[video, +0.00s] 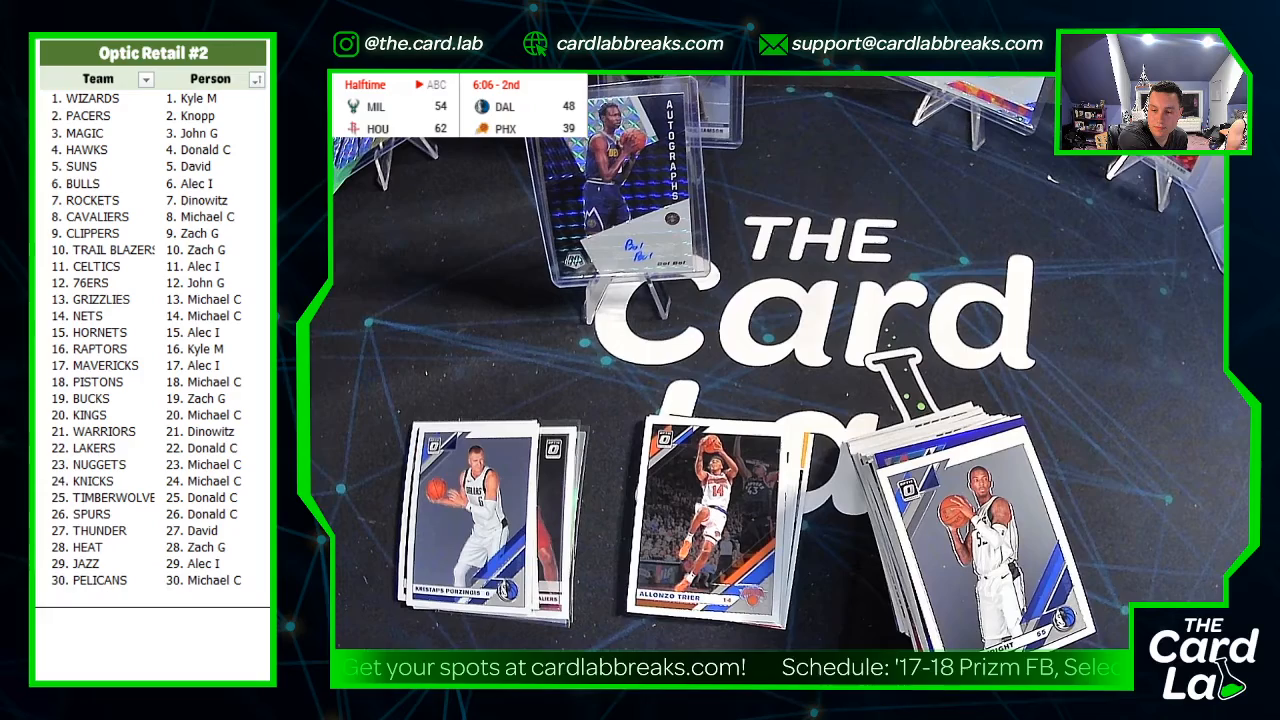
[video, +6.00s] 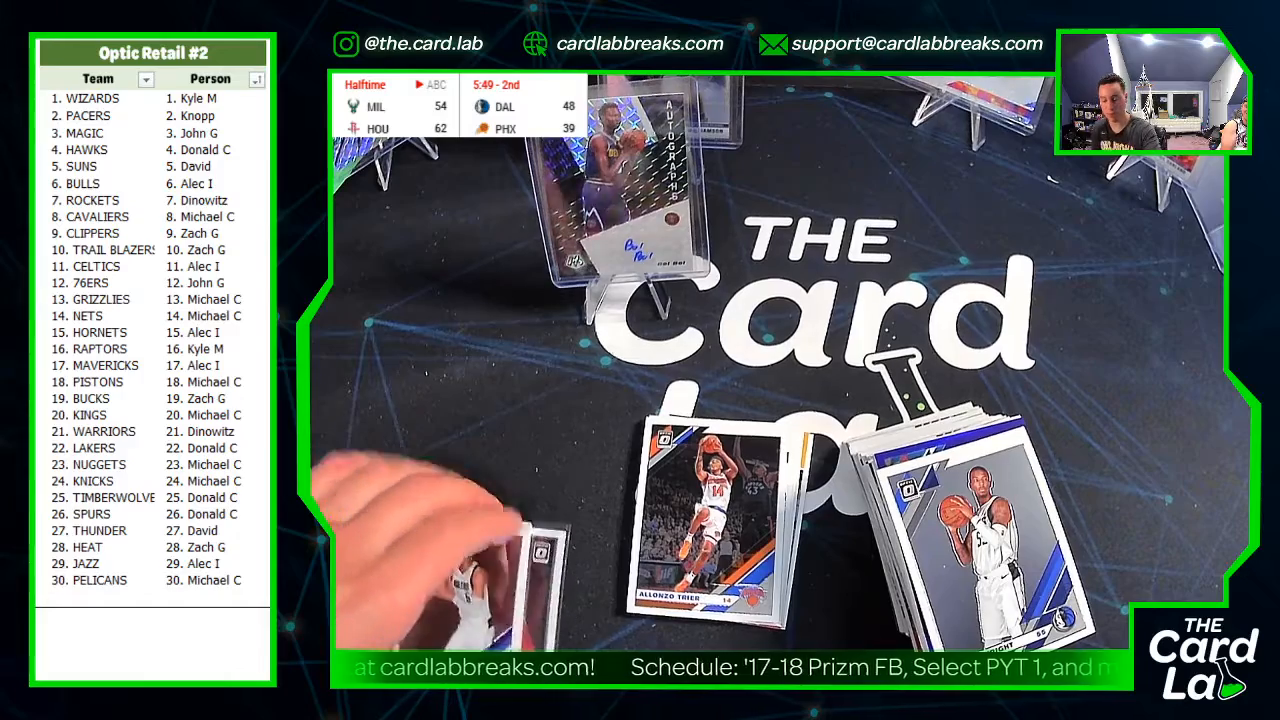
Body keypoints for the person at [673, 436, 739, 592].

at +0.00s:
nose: (714, 463)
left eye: (717, 462)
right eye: (713, 461)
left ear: (721, 465)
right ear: (710, 465)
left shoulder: (727, 476)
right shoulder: (706, 477)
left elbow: (734, 469)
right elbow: (699, 471)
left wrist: (722, 452)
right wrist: (700, 450)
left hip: (720, 513)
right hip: (705, 507)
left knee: (707, 549)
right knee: (704, 511)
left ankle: (688, 579)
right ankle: (688, 539)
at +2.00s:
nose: (714, 463)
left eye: (717, 461)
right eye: (713, 461)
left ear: (721, 465)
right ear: (710, 465)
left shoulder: (727, 476)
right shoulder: (706, 476)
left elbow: (734, 468)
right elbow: (698, 470)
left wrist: (722, 452)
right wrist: (700, 451)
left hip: (721, 513)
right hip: (706, 507)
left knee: (707, 550)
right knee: (704, 511)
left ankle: (688, 578)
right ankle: (688, 539)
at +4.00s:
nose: (714, 463)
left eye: (717, 461)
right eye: (713, 461)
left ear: (721, 465)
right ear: (710, 465)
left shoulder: (727, 476)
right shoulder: (706, 477)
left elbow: (734, 468)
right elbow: (698, 470)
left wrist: (722, 452)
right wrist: (700, 451)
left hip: (721, 513)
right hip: (706, 507)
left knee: (707, 550)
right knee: (704, 512)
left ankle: (688, 578)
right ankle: (688, 540)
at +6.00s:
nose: (714, 464)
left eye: (717, 462)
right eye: (712, 462)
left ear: (721, 465)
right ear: (709, 465)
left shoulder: (727, 476)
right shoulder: (706, 477)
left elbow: (734, 469)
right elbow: (699, 471)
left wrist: (722, 452)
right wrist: (700, 451)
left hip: (720, 513)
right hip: (706, 507)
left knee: (707, 550)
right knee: (704, 511)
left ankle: (688, 578)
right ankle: (688, 540)